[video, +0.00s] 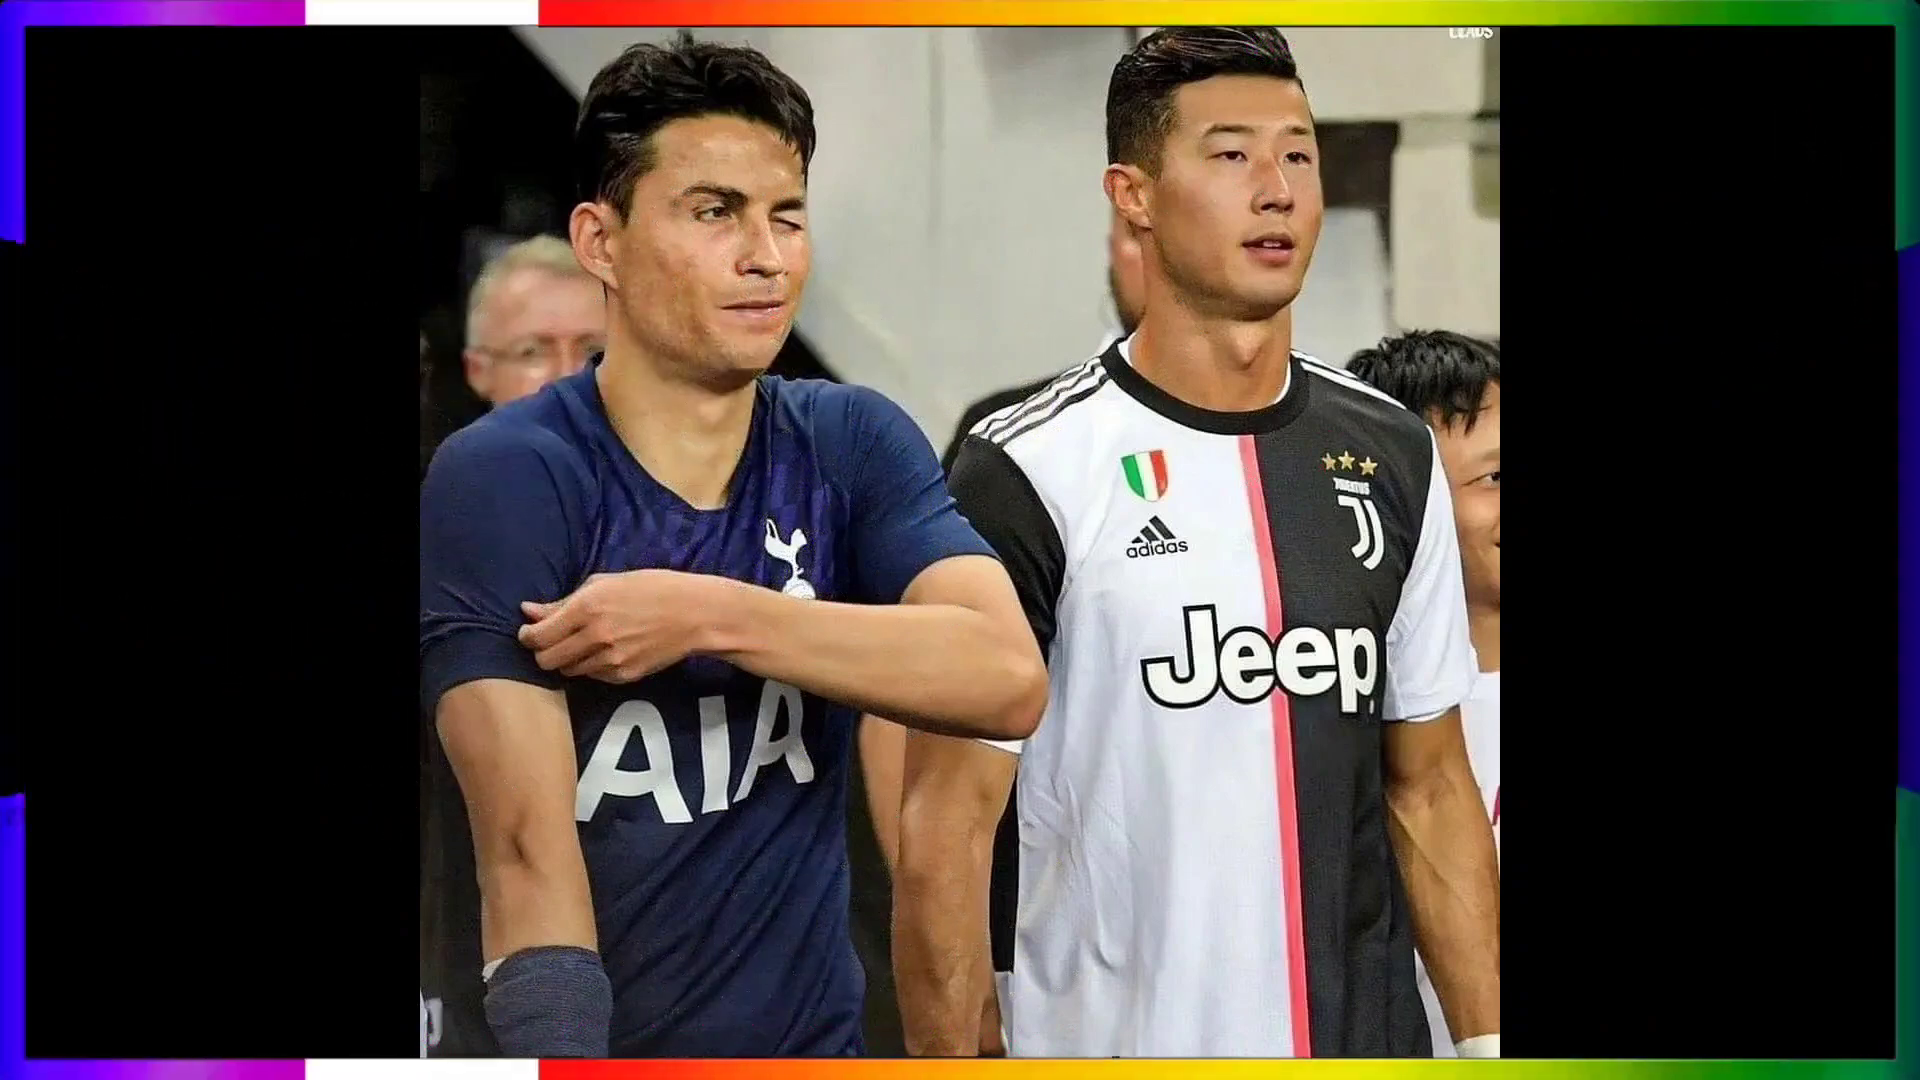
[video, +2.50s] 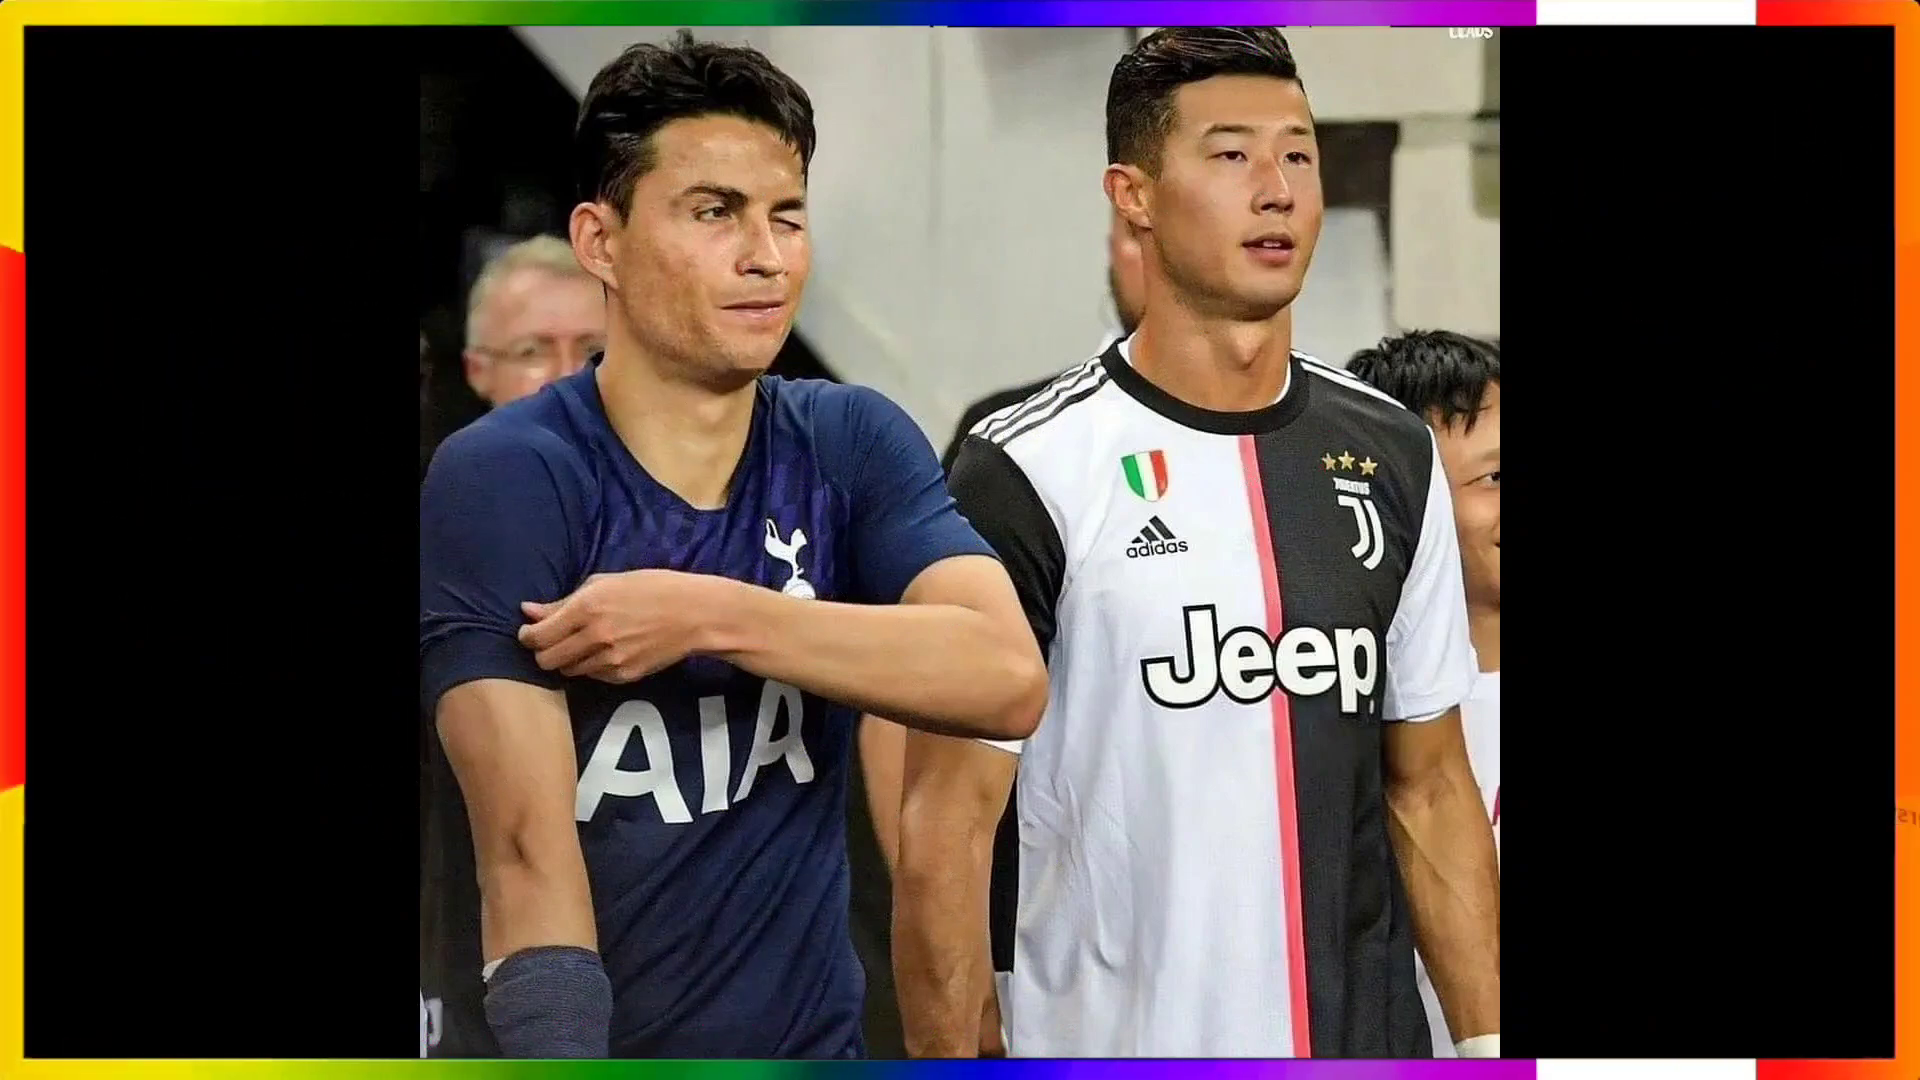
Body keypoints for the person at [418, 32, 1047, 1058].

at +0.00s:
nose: (765, 257)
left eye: (785, 217)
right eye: (712, 212)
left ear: (809, 236)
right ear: (601, 242)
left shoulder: (857, 439)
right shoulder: (500, 476)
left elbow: (1009, 680)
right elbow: (525, 850)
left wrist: (713, 613)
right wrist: (559, 1058)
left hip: (810, 1040)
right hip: (599, 1036)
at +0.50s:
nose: (766, 257)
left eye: (786, 218)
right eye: (712, 212)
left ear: (809, 236)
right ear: (601, 241)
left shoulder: (857, 439)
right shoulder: (500, 476)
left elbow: (1009, 681)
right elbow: (525, 851)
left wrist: (713, 613)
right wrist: (560, 1058)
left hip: (811, 1041)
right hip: (594, 1036)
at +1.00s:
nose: (766, 257)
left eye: (786, 218)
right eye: (712, 212)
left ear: (809, 237)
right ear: (601, 241)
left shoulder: (856, 439)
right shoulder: (499, 476)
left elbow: (1009, 681)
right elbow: (525, 850)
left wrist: (713, 613)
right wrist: (560, 1058)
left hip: (809, 1040)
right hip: (599, 1037)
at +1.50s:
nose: (766, 257)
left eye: (785, 218)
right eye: (712, 212)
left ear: (809, 237)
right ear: (601, 241)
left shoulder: (856, 439)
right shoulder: (499, 476)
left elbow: (1009, 681)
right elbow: (525, 851)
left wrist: (714, 613)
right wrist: (561, 1058)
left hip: (812, 1042)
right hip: (594, 1036)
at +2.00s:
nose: (765, 257)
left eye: (785, 217)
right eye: (712, 212)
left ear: (809, 235)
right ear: (601, 242)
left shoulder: (856, 439)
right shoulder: (500, 476)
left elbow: (1009, 681)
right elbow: (525, 851)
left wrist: (714, 613)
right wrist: (560, 1059)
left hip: (810, 1041)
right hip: (599, 1037)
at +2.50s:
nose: (766, 257)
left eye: (785, 218)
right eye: (712, 212)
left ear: (809, 237)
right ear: (601, 241)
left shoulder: (856, 439)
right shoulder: (499, 476)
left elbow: (1009, 681)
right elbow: (525, 851)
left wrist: (713, 613)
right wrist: (561, 1058)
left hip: (812, 1042)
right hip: (594, 1036)